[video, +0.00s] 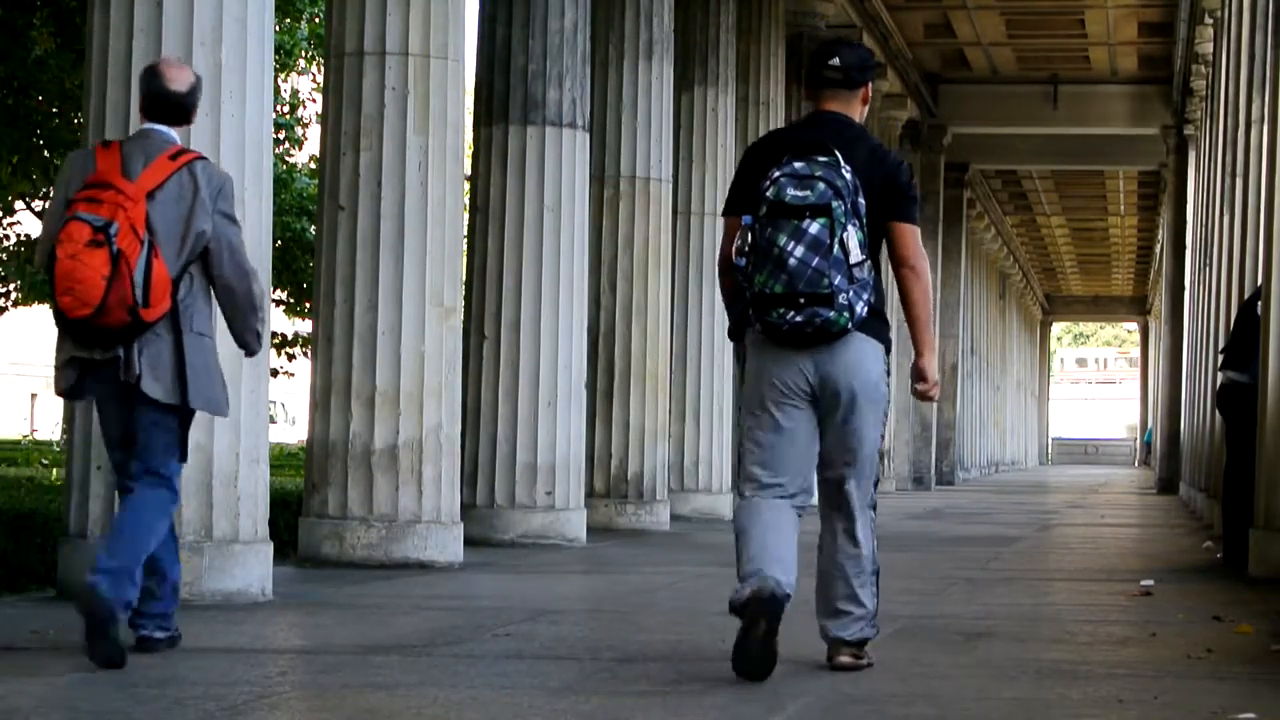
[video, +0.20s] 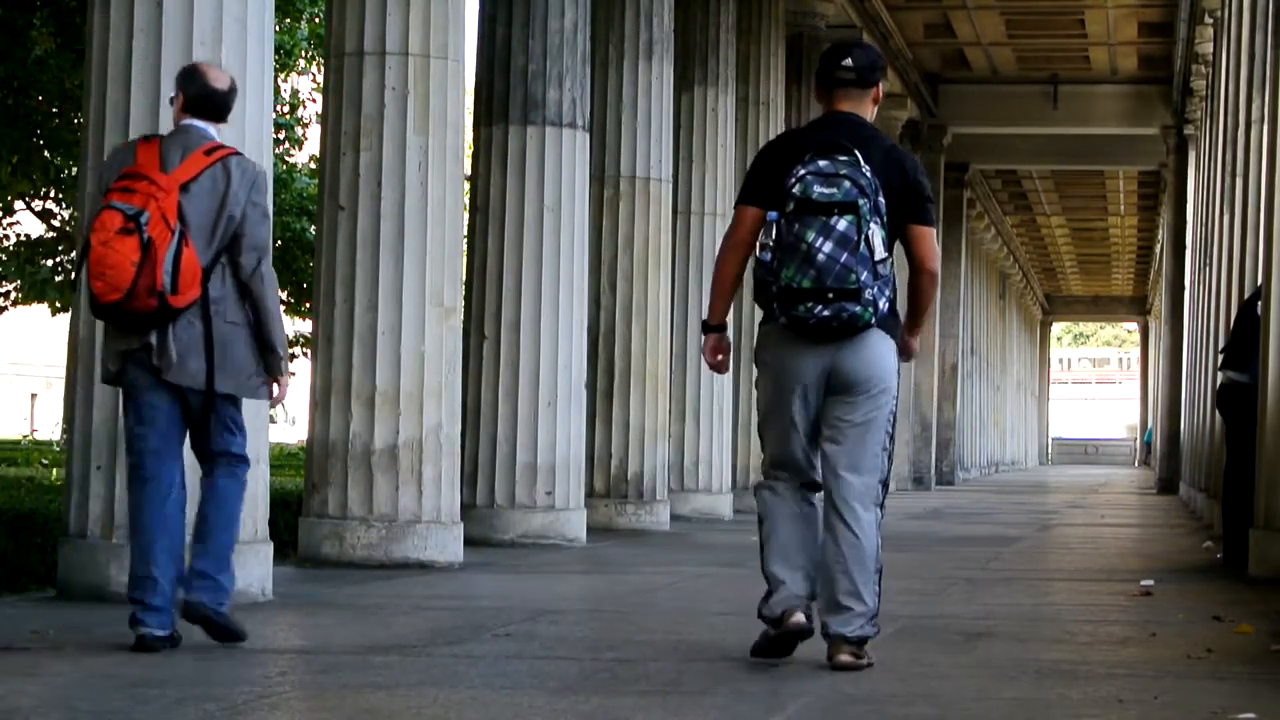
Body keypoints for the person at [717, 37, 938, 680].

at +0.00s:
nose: (869, 103)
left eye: (865, 95)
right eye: (871, 95)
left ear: (808, 91)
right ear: (866, 95)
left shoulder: (761, 154)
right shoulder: (881, 163)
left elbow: (729, 253)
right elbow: (910, 262)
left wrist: (743, 327)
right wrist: (926, 350)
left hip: (773, 341)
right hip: (855, 343)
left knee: (769, 484)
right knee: (850, 492)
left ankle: (763, 588)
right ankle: (847, 638)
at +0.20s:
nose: (881, 99)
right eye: (883, 91)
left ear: (821, 91)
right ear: (878, 94)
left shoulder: (780, 151)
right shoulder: (897, 163)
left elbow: (739, 239)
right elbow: (927, 265)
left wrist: (716, 322)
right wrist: (914, 328)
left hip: (789, 338)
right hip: (868, 340)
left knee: (787, 474)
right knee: (856, 484)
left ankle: (788, 603)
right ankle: (848, 635)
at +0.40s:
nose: (870, 116)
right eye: (874, 109)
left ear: (816, 112)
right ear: (872, 113)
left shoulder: (783, 170)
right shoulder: (895, 180)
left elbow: (745, 248)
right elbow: (928, 279)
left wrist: (713, 329)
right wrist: (897, 324)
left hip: (796, 351)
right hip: (874, 349)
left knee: (801, 484)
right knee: (857, 484)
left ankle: (805, 614)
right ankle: (849, 626)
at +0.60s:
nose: (851, 124)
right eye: (855, 115)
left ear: (800, 121)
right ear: (857, 118)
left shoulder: (772, 183)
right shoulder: (884, 182)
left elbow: (746, 272)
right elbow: (921, 273)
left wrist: (728, 352)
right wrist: (907, 338)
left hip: (794, 357)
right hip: (866, 354)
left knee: (806, 493)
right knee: (870, 483)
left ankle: (812, 621)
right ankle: (860, 567)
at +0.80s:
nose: (858, 127)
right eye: (860, 120)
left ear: (804, 122)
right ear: (857, 122)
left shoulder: (772, 182)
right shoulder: (883, 182)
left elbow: (751, 278)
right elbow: (915, 267)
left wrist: (767, 340)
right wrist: (934, 344)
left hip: (796, 351)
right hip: (869, 348)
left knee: (807, 480)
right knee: (877, 471)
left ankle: (813, 617)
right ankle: (868, 590)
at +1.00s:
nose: (868, 144)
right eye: (871, 137)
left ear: (818, 138)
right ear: (871, 139)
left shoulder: (785, 198)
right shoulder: (894, 200)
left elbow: (760, 285)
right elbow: (922, 282)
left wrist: (791, 328)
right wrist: (943, 356)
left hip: (802, 360)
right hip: (873, 360)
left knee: (809, 482)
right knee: (872, 482)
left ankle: (814, 609)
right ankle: (872, 605)